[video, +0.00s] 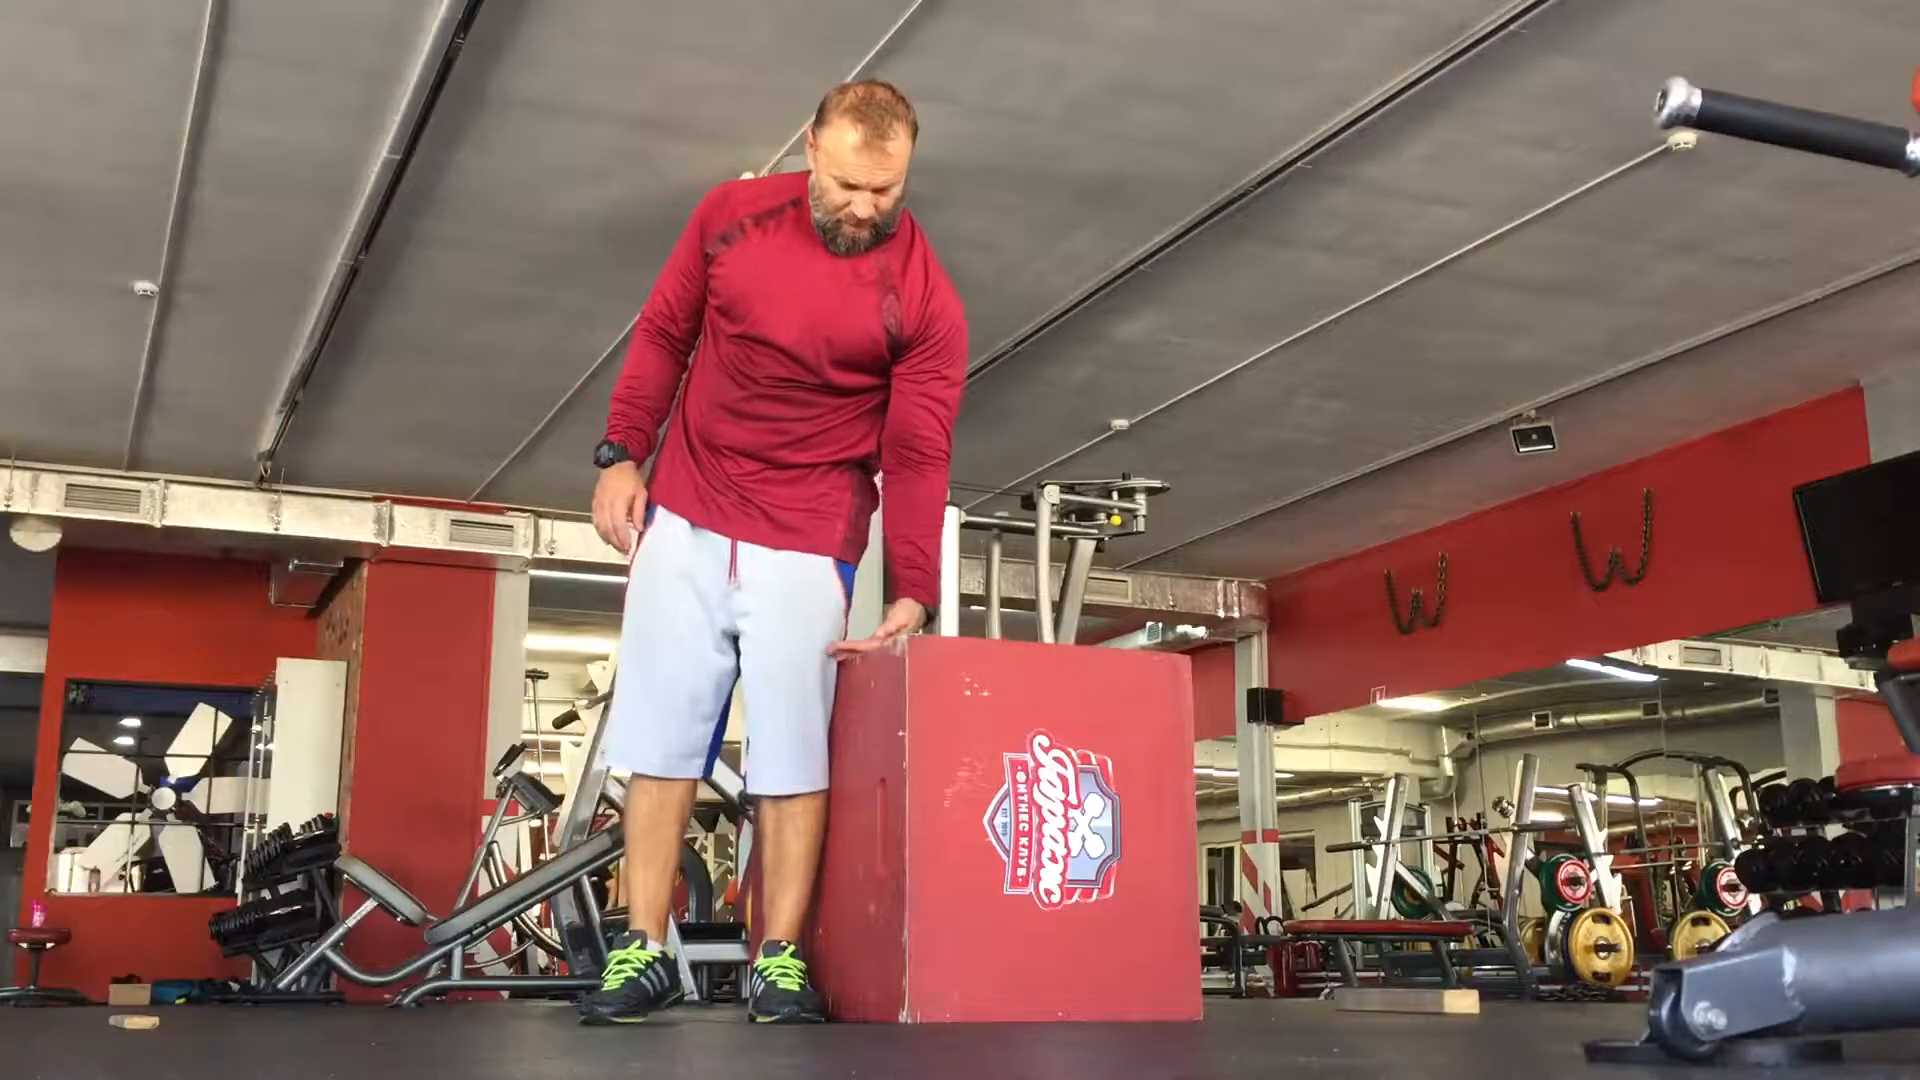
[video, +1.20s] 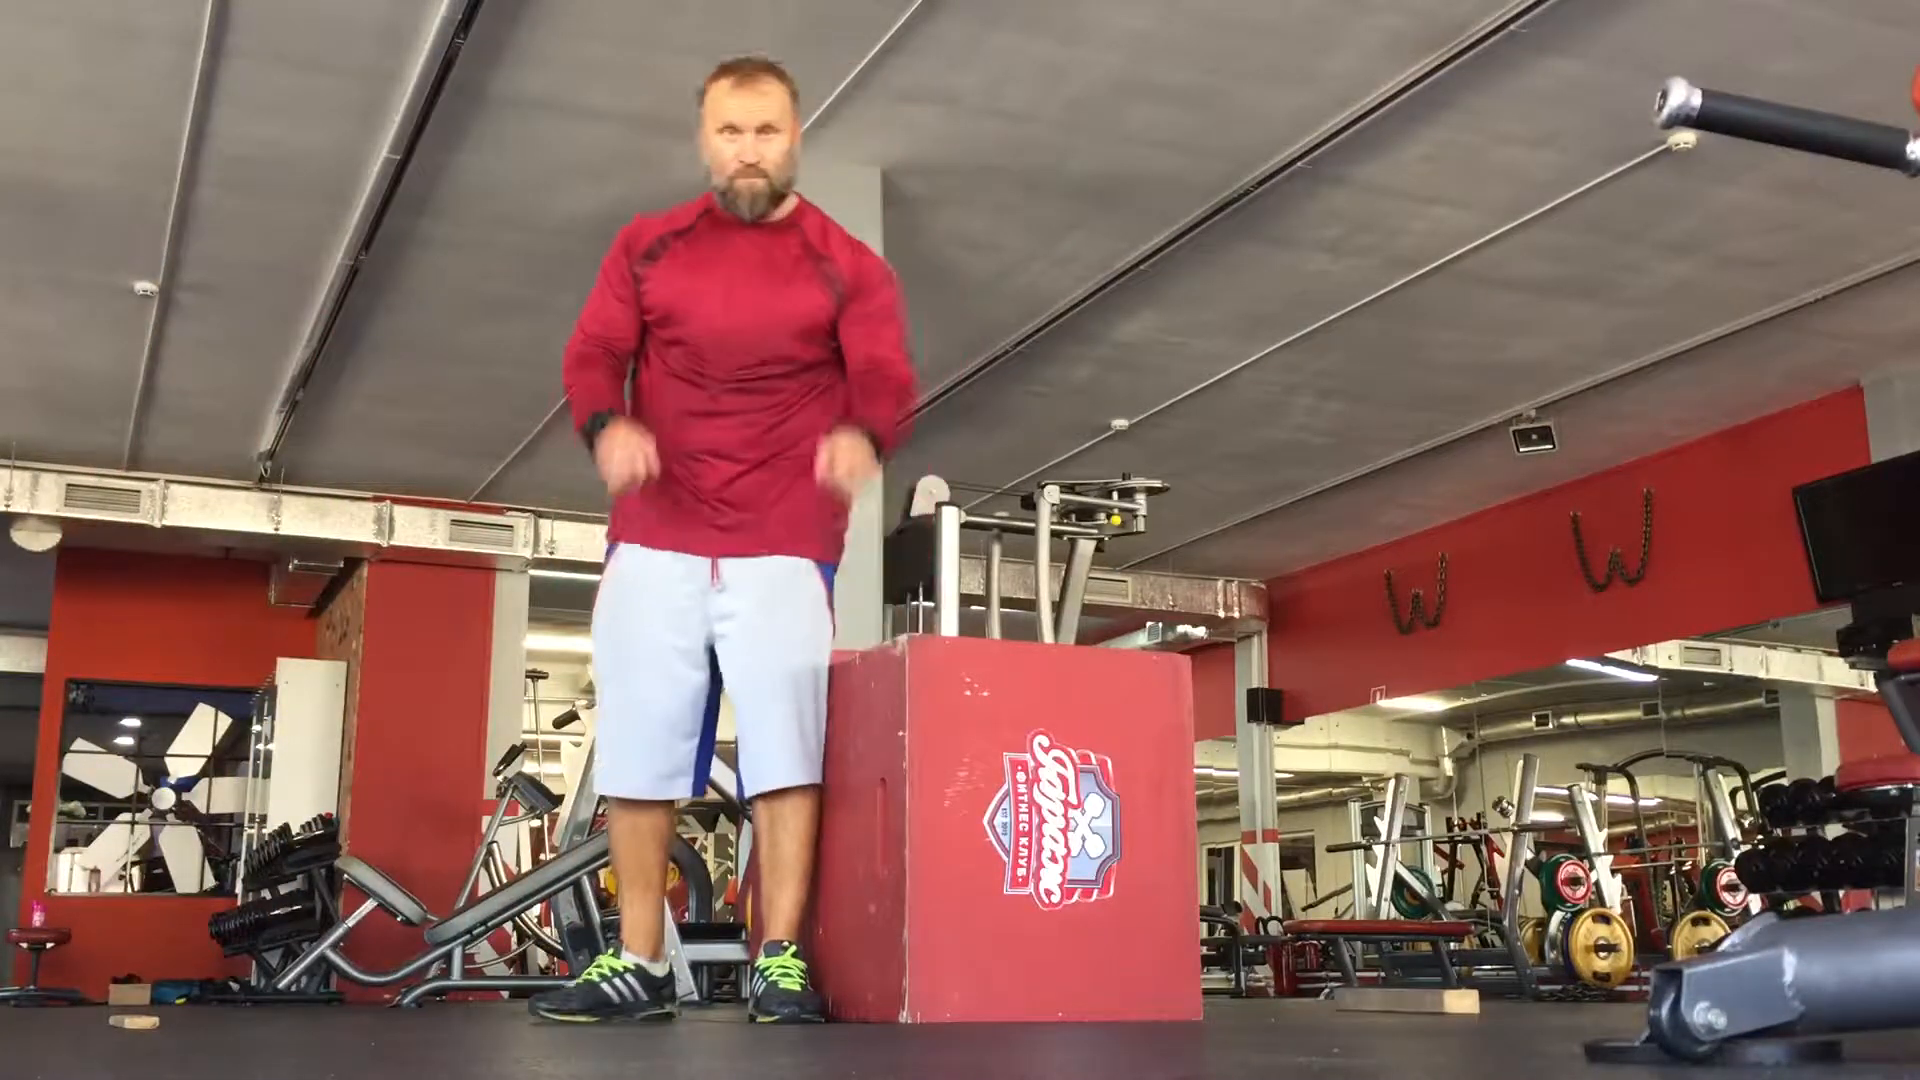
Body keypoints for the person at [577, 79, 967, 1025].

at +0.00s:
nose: (861, 207)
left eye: (882, 190)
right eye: (843, 185)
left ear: (909, 174)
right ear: (810, 149)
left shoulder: (924, 302)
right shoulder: (731, 215)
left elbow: (918, 455)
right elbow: (662, 335)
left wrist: (912, 591)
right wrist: (621, 456)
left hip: (810, 531)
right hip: (688, 506)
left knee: (792, 743)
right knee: (662, 728)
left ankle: (778, 960)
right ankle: (644, 950)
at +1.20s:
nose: (747, 147)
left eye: (766, 129)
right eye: (729, 130)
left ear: (797, 139)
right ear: (702, 141)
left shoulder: (849, 268)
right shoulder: (647, 248)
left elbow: (887, 380)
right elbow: (590, 356)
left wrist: (861, 433)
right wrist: (608, 423)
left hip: (784, 531)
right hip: (656, 528)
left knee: (782, 742)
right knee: (636, 740)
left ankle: (779, 958)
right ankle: (640, 964)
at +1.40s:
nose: (676, 167)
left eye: (694, 150)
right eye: (657, 153)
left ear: (726, 162)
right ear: (634, 169)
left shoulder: (767, 253)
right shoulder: (597, 252)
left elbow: (805, 279)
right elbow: (567, 291)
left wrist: (798, 280)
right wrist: (605, 288)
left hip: (741, 549)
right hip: (615, 553)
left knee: (762, 750)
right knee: (618, 754)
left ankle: (775, 958)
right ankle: (636, 963)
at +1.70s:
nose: (594, 178)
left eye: (610, 160)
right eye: (574, 164)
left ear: (641, 165)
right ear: (550, 176)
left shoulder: (688, 253)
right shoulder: (522, 261)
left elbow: (721, 283)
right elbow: (492, 294)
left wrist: (698, 251)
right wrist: (530, 270)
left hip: (655, 527)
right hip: (550, 537)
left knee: (652, 726)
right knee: (575, 742)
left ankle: (662, 947)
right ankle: (623, 949)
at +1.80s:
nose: (566, 175)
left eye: (582, 156)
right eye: (546, 161)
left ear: (614, 163)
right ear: (525, 176)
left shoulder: (659, 253)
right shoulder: (505, 270)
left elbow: (690, 278)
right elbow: (452, 329)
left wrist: (717, 253)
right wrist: (469, 282)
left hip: (627, 522)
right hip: (529, 532)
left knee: (607, 720)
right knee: (569, 739)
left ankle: (579, 940)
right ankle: (631, 958)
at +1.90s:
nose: (532, 168)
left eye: (549, 148)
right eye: (513, 153)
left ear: (585, 156)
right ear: (493, 170)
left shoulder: (634, 254)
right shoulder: (463, 276)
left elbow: (687, 295)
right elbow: (391, 356)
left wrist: (739, 275)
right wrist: (381, 275)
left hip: (599, 525)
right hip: (497, 536)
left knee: (546, 716)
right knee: (551, 744)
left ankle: (481, 940)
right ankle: (636, 963)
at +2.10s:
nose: (456, 149)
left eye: (475, 129)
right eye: (437, 134)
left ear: (516, 140)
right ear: (419, 153)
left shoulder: (560, 249)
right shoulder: (387, 270)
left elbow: (615, 341)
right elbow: (302, 336)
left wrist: (646, 289)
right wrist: (256, 209)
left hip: (514, 529)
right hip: (436, 532)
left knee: (413, 715)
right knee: (522, 746)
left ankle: (335, 959)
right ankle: (628, 950)